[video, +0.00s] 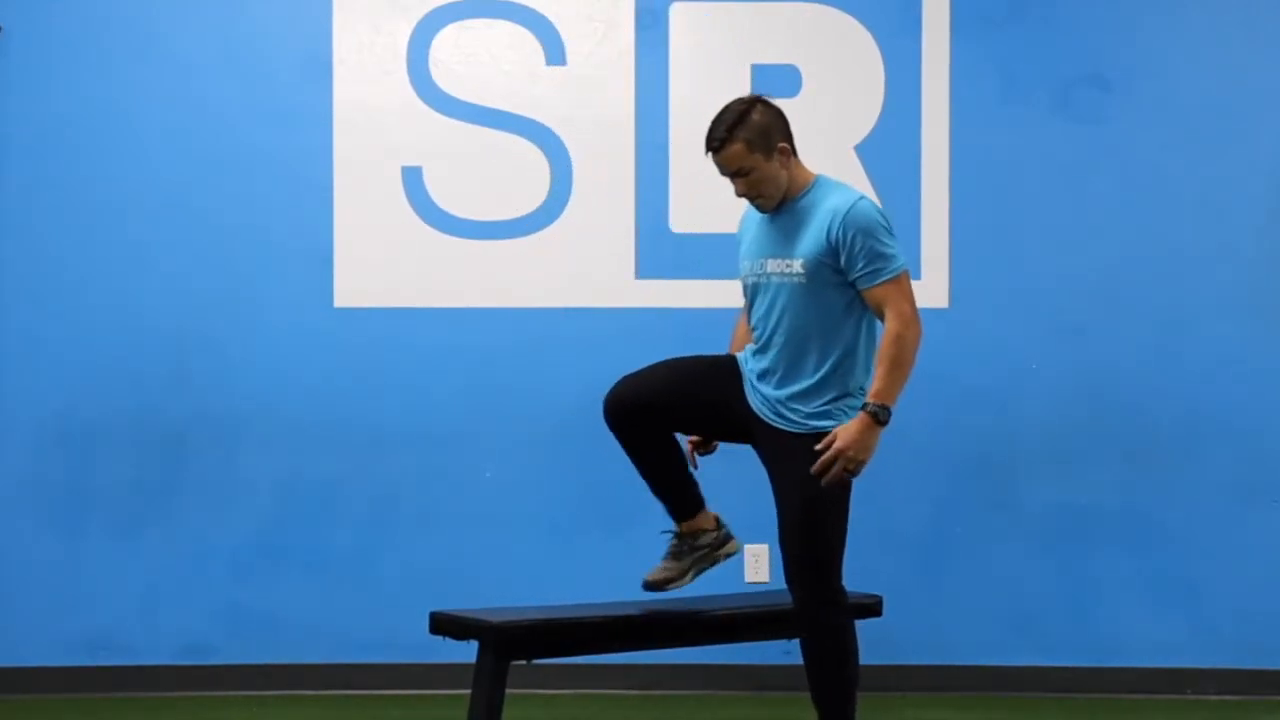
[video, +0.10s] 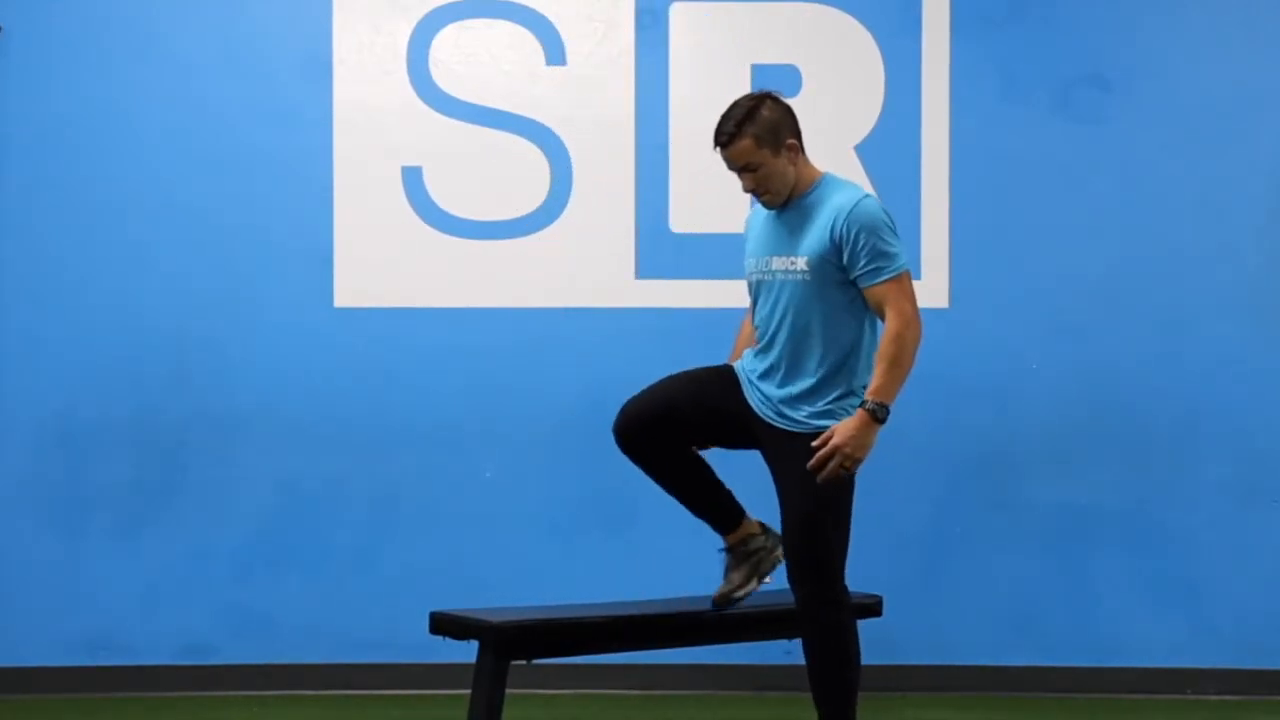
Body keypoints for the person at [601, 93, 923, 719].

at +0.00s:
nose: (737, 188)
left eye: (742, 173)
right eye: (729, 176)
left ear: (784, 154)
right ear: (728, 167)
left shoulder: (850, 215)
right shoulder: (756, 220)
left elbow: (903, 320)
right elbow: (752, 320)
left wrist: (872, 418)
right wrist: (714, 414)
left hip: (814, 427)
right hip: (751, 390)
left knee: (815, 591)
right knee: (630, 404)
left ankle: (836, 715)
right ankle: (697, 529)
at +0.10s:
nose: (745, 184)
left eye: (751, 169)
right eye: (737, 171)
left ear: (792, 151)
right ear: (739, 162)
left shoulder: (854, 214)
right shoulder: (763, 214)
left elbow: (904, 319)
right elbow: (761, 312)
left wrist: (870, 416)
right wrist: (733, 380)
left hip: (817, 426)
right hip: (754, 394)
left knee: (817, 588)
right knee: (640, 425)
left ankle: (837, 714)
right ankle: (745, 539)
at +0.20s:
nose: (749, 184)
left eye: (756, 169)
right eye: (741, 172)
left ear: (797, 151)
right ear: (741, 163)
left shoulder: (860, 215)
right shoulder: (767, 212)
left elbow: (905, 322)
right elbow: (766, 314)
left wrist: (873, 418)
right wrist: (727, 394)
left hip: (825, 428)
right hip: (757, 407)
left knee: (823, 597)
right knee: (662, 482)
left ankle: (839, 715)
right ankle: (765, 605)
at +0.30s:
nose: (752, 185)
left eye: (759, 170)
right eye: (744, 173)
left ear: (798, 149)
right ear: (747, 163)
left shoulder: (863, 216)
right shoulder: (766, 216)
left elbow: (908, 324)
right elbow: (766, 321)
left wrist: (880, 419)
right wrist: (723, 408)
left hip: (827, 434)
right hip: (753, 424)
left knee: (825, 599)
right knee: (699, 537)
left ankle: (840, 715)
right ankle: (778, 675)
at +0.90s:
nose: (755, 190)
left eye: (762, 176)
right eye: (747, 178)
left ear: (802, 157)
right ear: (743, 165)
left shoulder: (866, 222)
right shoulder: (766, 213)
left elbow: (920, 329)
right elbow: (776, 323)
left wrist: (909, 427)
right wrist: (737, 405)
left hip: (841, 432)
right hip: (765, 428)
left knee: (830, 590)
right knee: (721, 560)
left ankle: (842, 714)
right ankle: (784, 708)